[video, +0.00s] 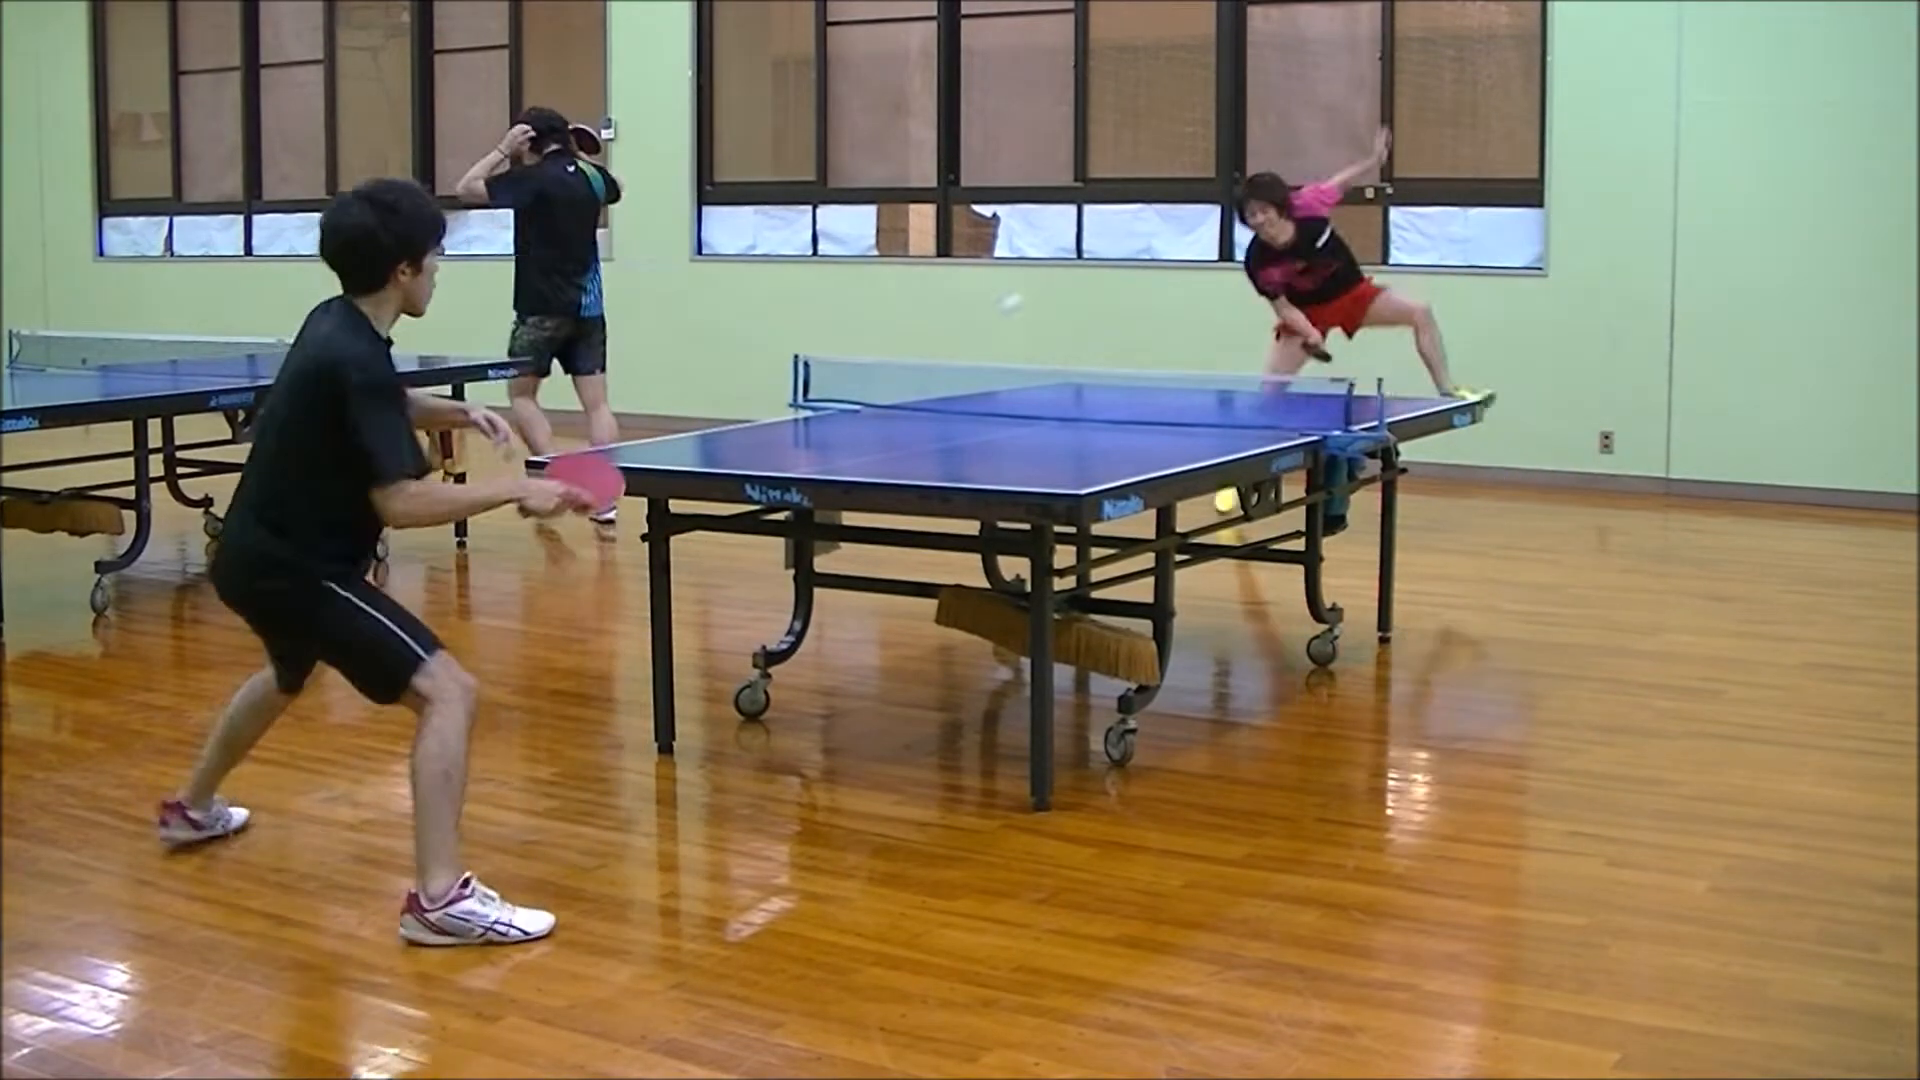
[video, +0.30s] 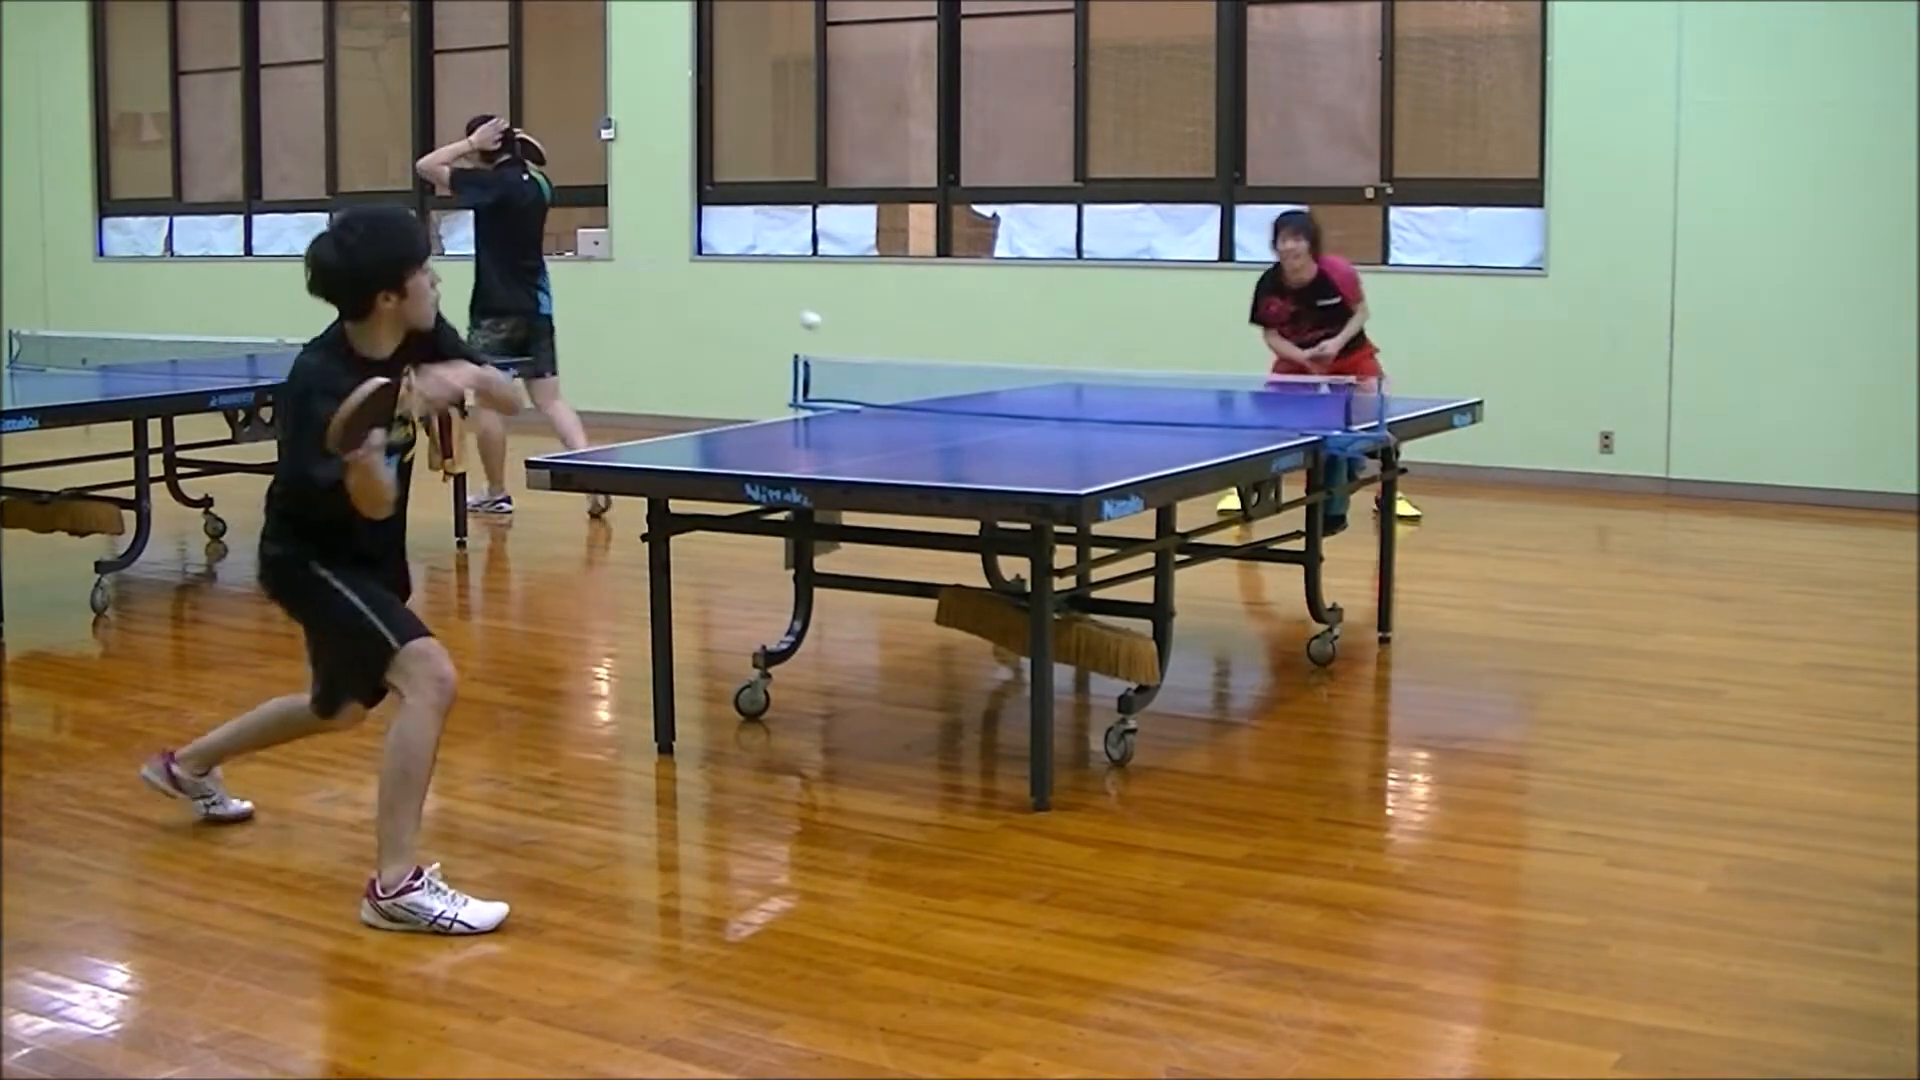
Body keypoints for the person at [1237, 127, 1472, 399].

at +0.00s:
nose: (1258, 220)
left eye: (1263, 211)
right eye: (1251, 215)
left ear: (1279, 204)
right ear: (1246, 220)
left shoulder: (1310, 205)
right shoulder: (1258, 261)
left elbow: (1341, 181)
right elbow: (1282, 307)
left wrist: (1374, 161)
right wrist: (1309, 333)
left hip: (1353, 298)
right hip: (1305, 314)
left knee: (1420, 314)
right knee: (1270, 391)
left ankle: (1447, 392)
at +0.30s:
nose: (1289, 246)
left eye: (1296, 239)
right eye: (1282, 240)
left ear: (1311, 243)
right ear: (1276, 245)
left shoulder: (1337, 272)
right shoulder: (1269, 284)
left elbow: (1361, 311)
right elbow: (1270, 336)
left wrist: (1338, 342)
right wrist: (1302, 357)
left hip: (1350, 362)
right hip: (1293, 364)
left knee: (1371, 424)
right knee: (1269, 421)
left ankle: (1391, 494)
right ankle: (1254, 487)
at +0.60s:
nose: (1377, 214)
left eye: (1385, 206)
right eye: (1370, 206)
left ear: (1400, 211)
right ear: (1361, 212)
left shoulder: (1418, 246)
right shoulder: (1347, 252)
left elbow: (1439, 295)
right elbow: (1332, 303)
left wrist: (1442, 331)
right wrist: (1349, 343)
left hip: (1417, 346)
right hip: (1366, 349)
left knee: (1467, 411)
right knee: (1332, 418)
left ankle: (1503, 492)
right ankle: (1325, 506)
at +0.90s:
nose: (1383, 233)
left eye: (1392, 227)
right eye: (1379, 224)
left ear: (1409, 233)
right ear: (1370, 225)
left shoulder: (1420, 266)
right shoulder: (1346, 259)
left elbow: (1438, 313)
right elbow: (1317, 312)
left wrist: (1469, 359)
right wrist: (1338, 360)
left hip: (1388, 352)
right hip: (1335, 351)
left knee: (1437, 409)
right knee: (1304, 415)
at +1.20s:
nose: (1304, 285)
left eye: (1312, 280)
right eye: (1299, 275)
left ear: (1319, 284)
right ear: (1285, 269)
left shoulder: (1317, 315)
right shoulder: (1248, 291)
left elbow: (1330, 366)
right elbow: (1217, 328)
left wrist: (1335, 401)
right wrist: (1243, 368)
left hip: (1295, 386)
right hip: (1240, 382)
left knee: (1355, 418)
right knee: (1203, 428)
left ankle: (1398, 480)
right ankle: (1190, 499)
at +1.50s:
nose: (1187, 253)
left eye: (1194, 246)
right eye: (1182, 247)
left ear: (1210, 249)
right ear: (1175, 253)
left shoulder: (1221, 276)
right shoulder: (1193, 286)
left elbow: (1202, 316)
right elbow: (1211, 331)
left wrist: (1154, 327)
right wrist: (1177, 354)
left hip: (1278, 379)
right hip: (1236, 380)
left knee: (1289, 454)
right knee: (1189, 424)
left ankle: (1327, 501)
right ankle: (1191, 496)